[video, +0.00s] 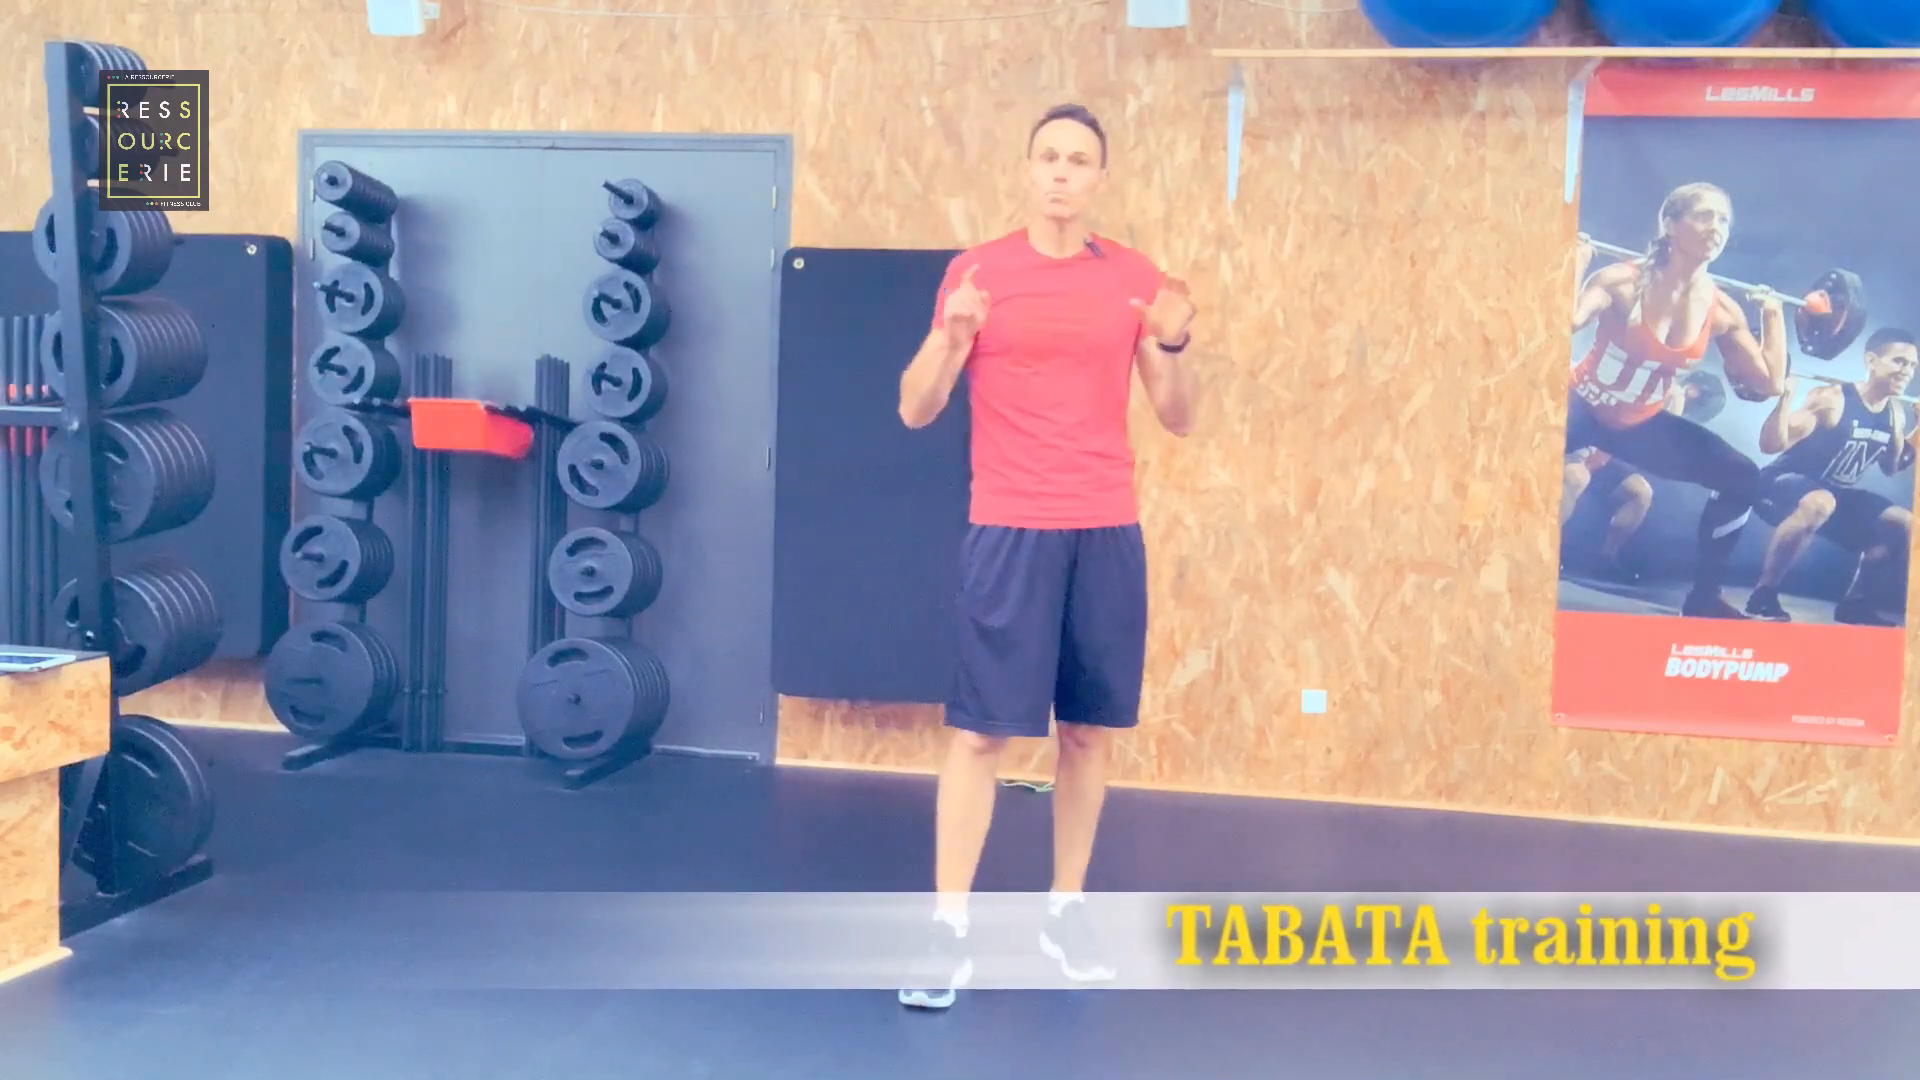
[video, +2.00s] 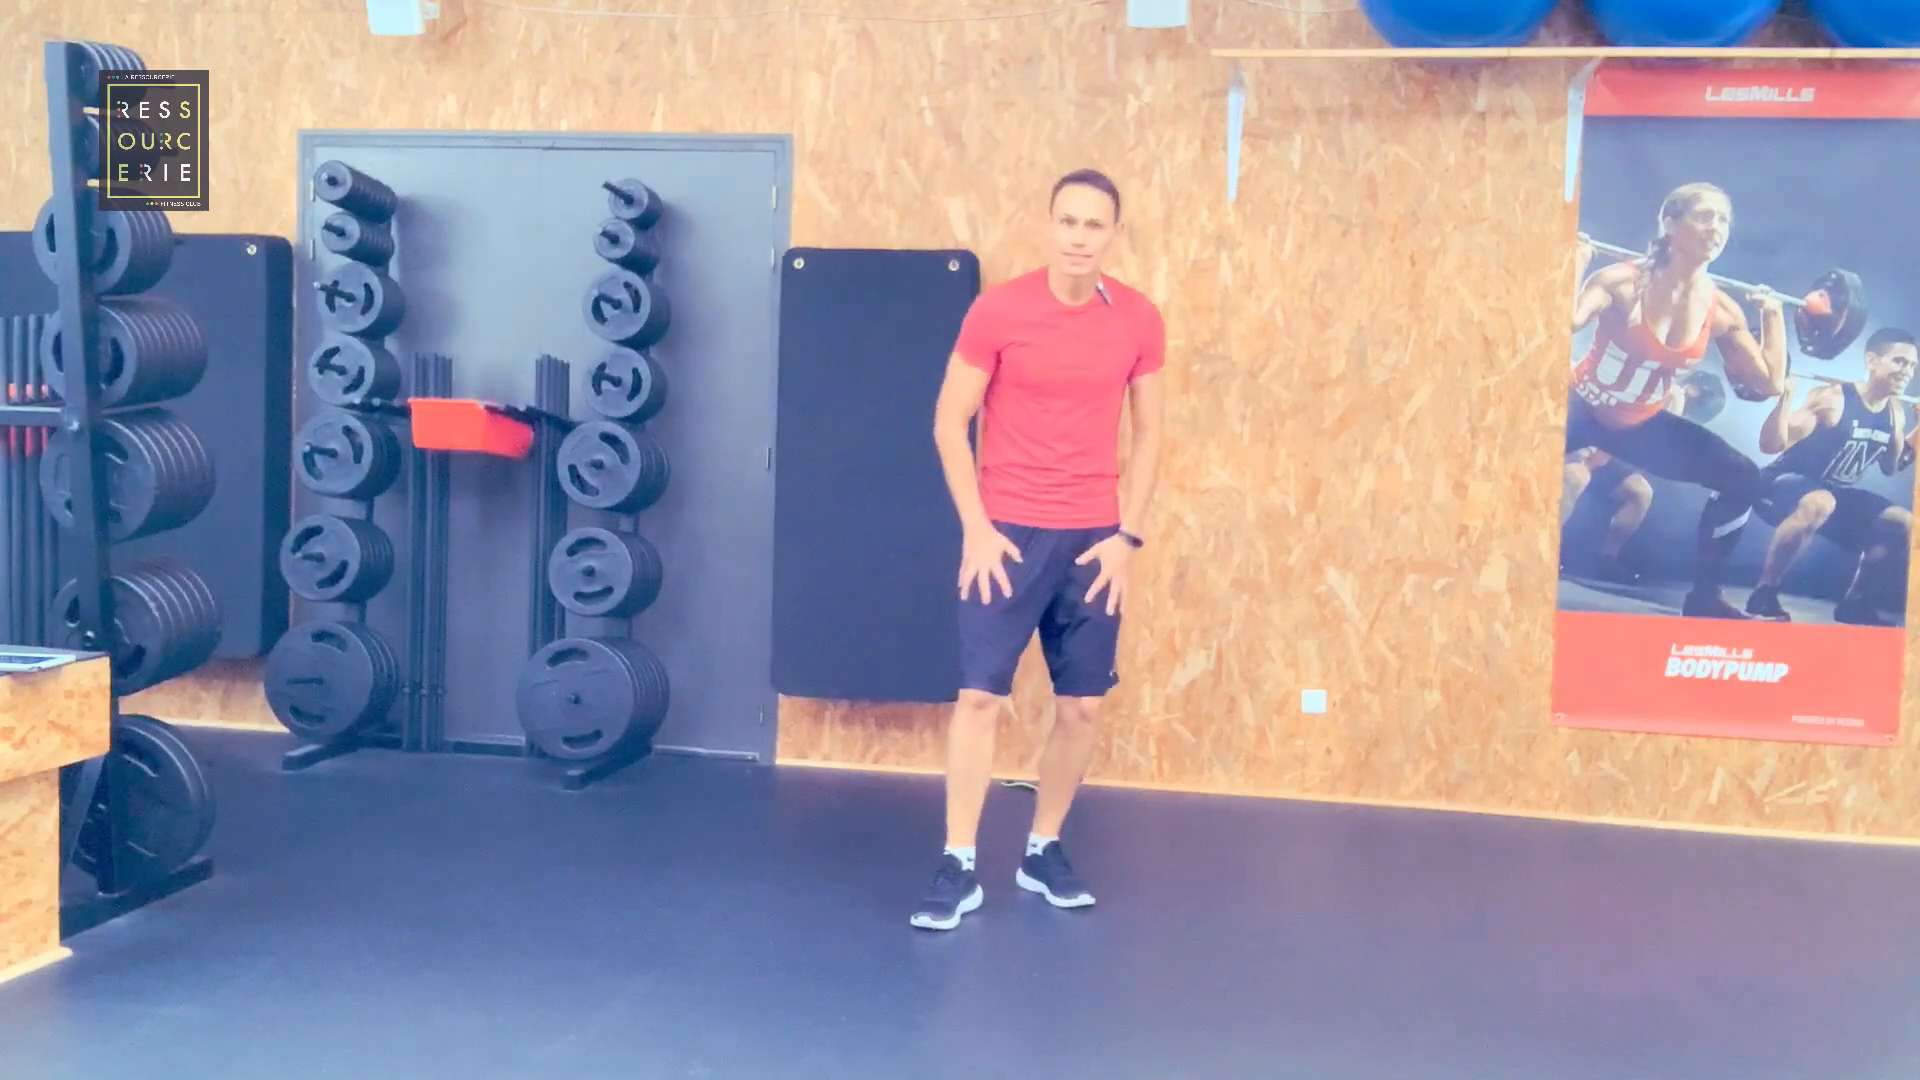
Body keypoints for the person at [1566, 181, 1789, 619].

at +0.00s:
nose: (1716, 228)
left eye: (1724, 221)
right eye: (1704, 216)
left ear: (1728, 233)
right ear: (1671, 224)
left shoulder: (1722, 310)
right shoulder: (1620, 279)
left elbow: (1769, 385)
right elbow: (1559, 325)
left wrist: (1773, 312)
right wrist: (1573, 269)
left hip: (1644, 425)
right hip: (1579, 408)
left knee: (1741, 477)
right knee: (1516, 445)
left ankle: (1705, 597)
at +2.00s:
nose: (1717, 228)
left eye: (1724, 220)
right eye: (1705, 216)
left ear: (1728, 233)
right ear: (1670, 224)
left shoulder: (1722, 311)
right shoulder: (1620, 279)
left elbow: (1769, 385)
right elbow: (1558, 325)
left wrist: (1773, 313)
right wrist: (1572, 269)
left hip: (1644, 425)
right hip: (1579, 410)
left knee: (1742, 477)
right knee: (1511, 453)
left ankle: (1705, 597)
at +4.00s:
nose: (1716, 228)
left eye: (1724, 220)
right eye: (1704, 216)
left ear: (1728, 232)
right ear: (1670, 224)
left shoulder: (1722, 311)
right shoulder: (1620, 279)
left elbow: (1769, 386)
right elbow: (1558, 325)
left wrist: (1773, 313)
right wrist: (1572, 269)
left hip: (1644, 425)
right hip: (1579, 410)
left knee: (1742, 478)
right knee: (1512, 451)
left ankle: (1705, 597)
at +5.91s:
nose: (1716, 228)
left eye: (1724, 220)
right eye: (1704, 216)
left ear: (1728, 232)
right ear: (1670, 224)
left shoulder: (1722, 311)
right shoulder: (1620, 279)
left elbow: (1769, 386)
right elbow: (1558, 325)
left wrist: (1773, 313)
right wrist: (1573, 268)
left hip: (1644, 425)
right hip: (1578, 410)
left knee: (1742, 477)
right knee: (1510, 455)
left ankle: (1705, 598)